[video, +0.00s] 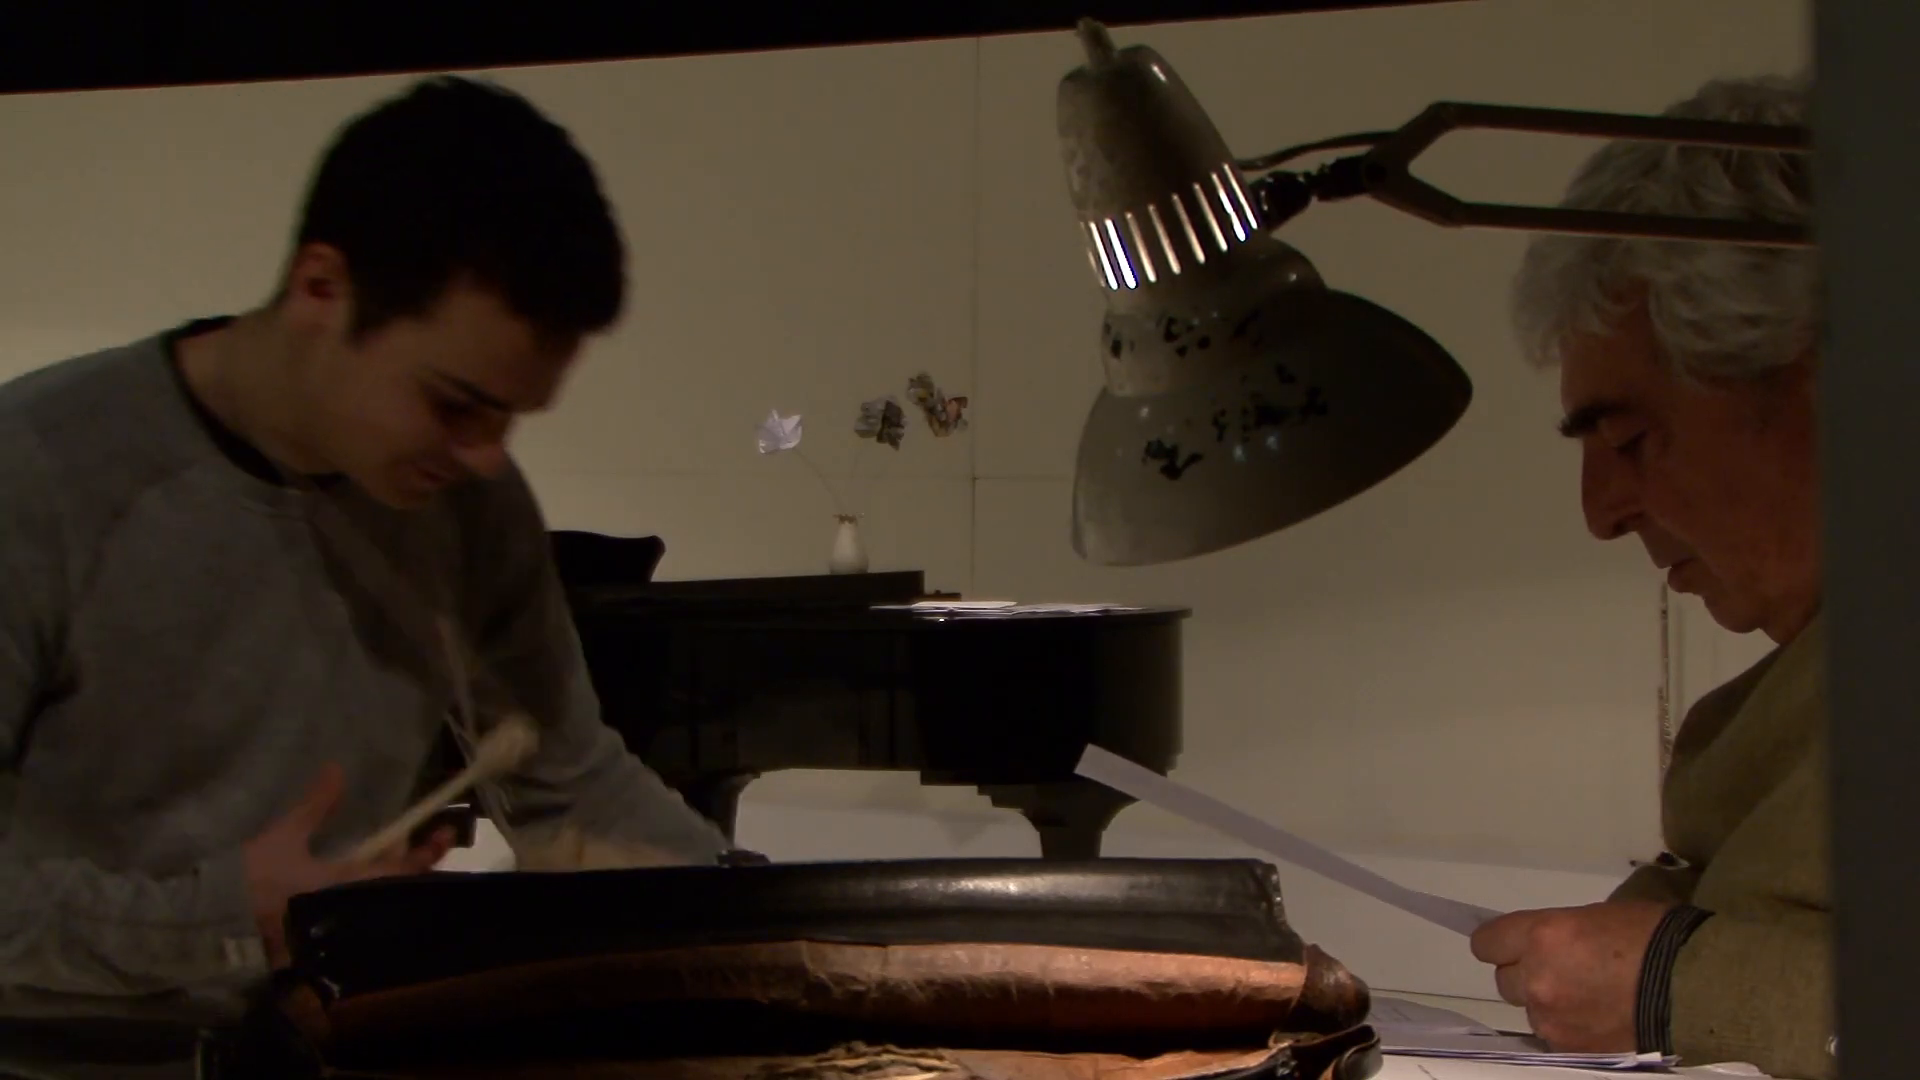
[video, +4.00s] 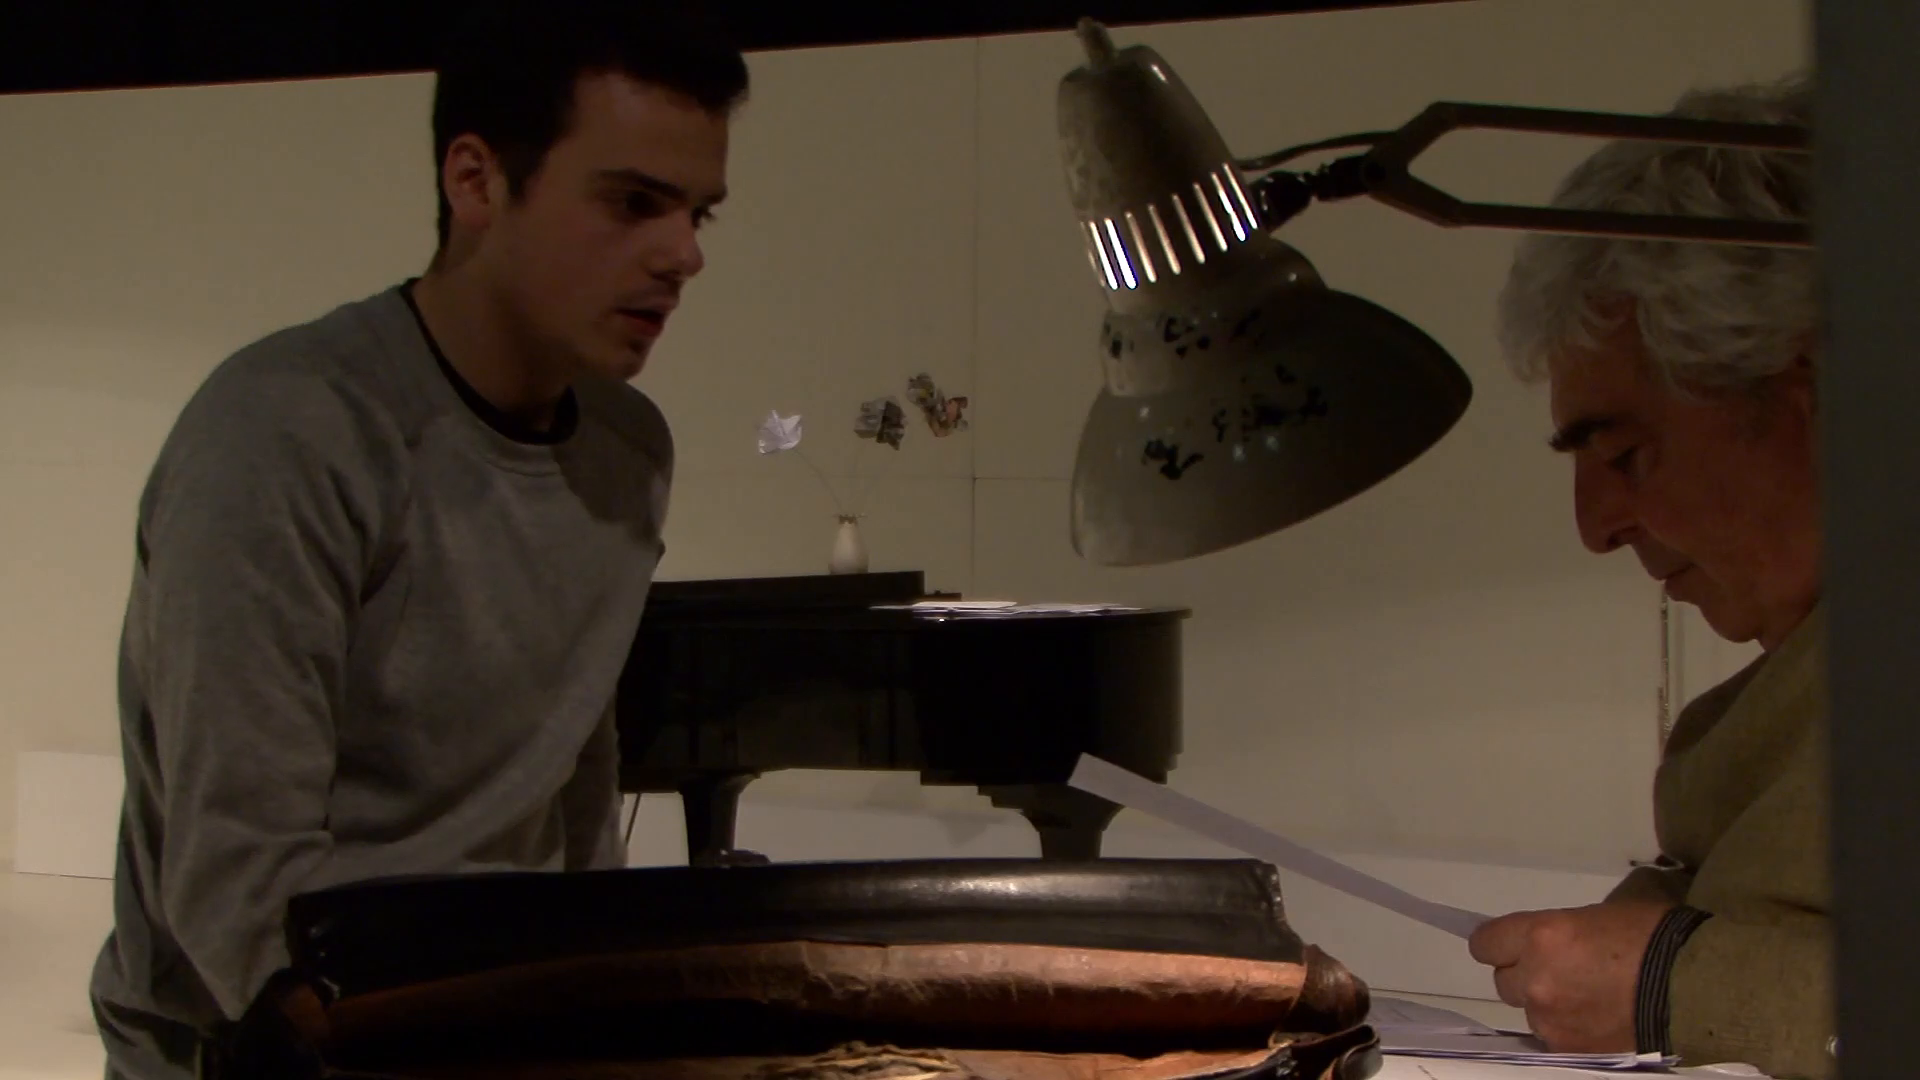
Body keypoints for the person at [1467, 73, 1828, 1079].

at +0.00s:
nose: (1604, 513)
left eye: (1630, 435)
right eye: (1593, 449)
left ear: (1810, 378)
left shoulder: (1876, 659)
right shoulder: (1792, 680)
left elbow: (1894, 1009)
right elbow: (1745, 873)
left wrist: (1675, 986)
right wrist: (1653, 933)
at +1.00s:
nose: (1602, 517)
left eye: (1625, 438)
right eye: (1590, 449)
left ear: (1809, 381)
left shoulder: (1872, 657)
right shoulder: (1798, 666)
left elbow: (1889, 1009)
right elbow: (1726, 866)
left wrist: (1673, 983)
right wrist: (1644, 935)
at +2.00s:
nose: (1600, 519)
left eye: (1624, 441)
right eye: (1589, 454)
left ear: (1808, 379)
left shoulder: (1874, 656)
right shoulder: (1799, 667)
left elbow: (1892, 1005)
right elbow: (1733, 873)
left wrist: (1674, 986)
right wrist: (1643, 945)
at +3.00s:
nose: (1602, 520)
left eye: (1628, 442)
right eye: (1592, 455)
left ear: (1806, 381)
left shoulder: (1874, 652)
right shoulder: (1797, 664)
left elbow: (1894, 1006)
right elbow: (1729, 873)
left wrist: (1674, 984)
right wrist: (1641, 949)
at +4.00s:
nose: (1596, 528)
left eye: (1622, 451)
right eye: (1585, 466)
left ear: (1801, 388)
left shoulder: (1876, 660)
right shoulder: (1790, 675)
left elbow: (1894, 1007)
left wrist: (1674, 985)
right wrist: (1648, 935)